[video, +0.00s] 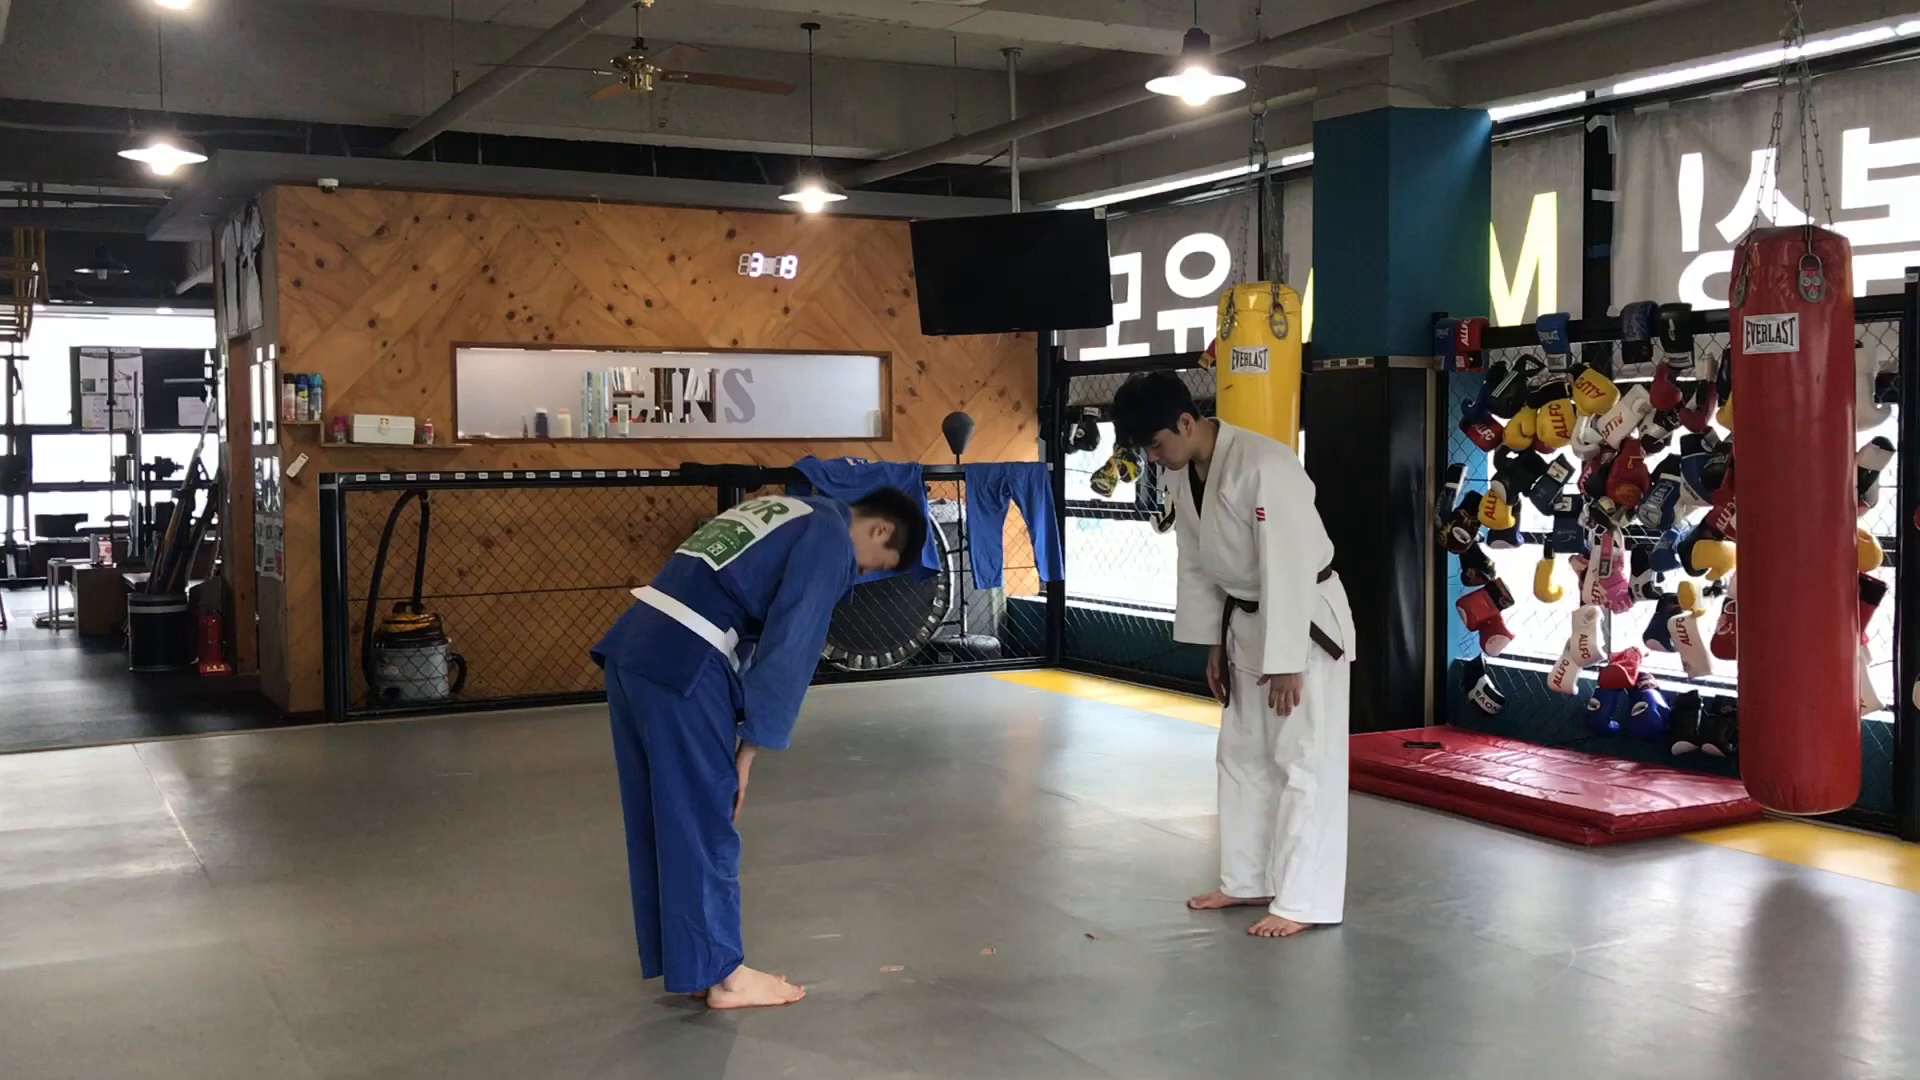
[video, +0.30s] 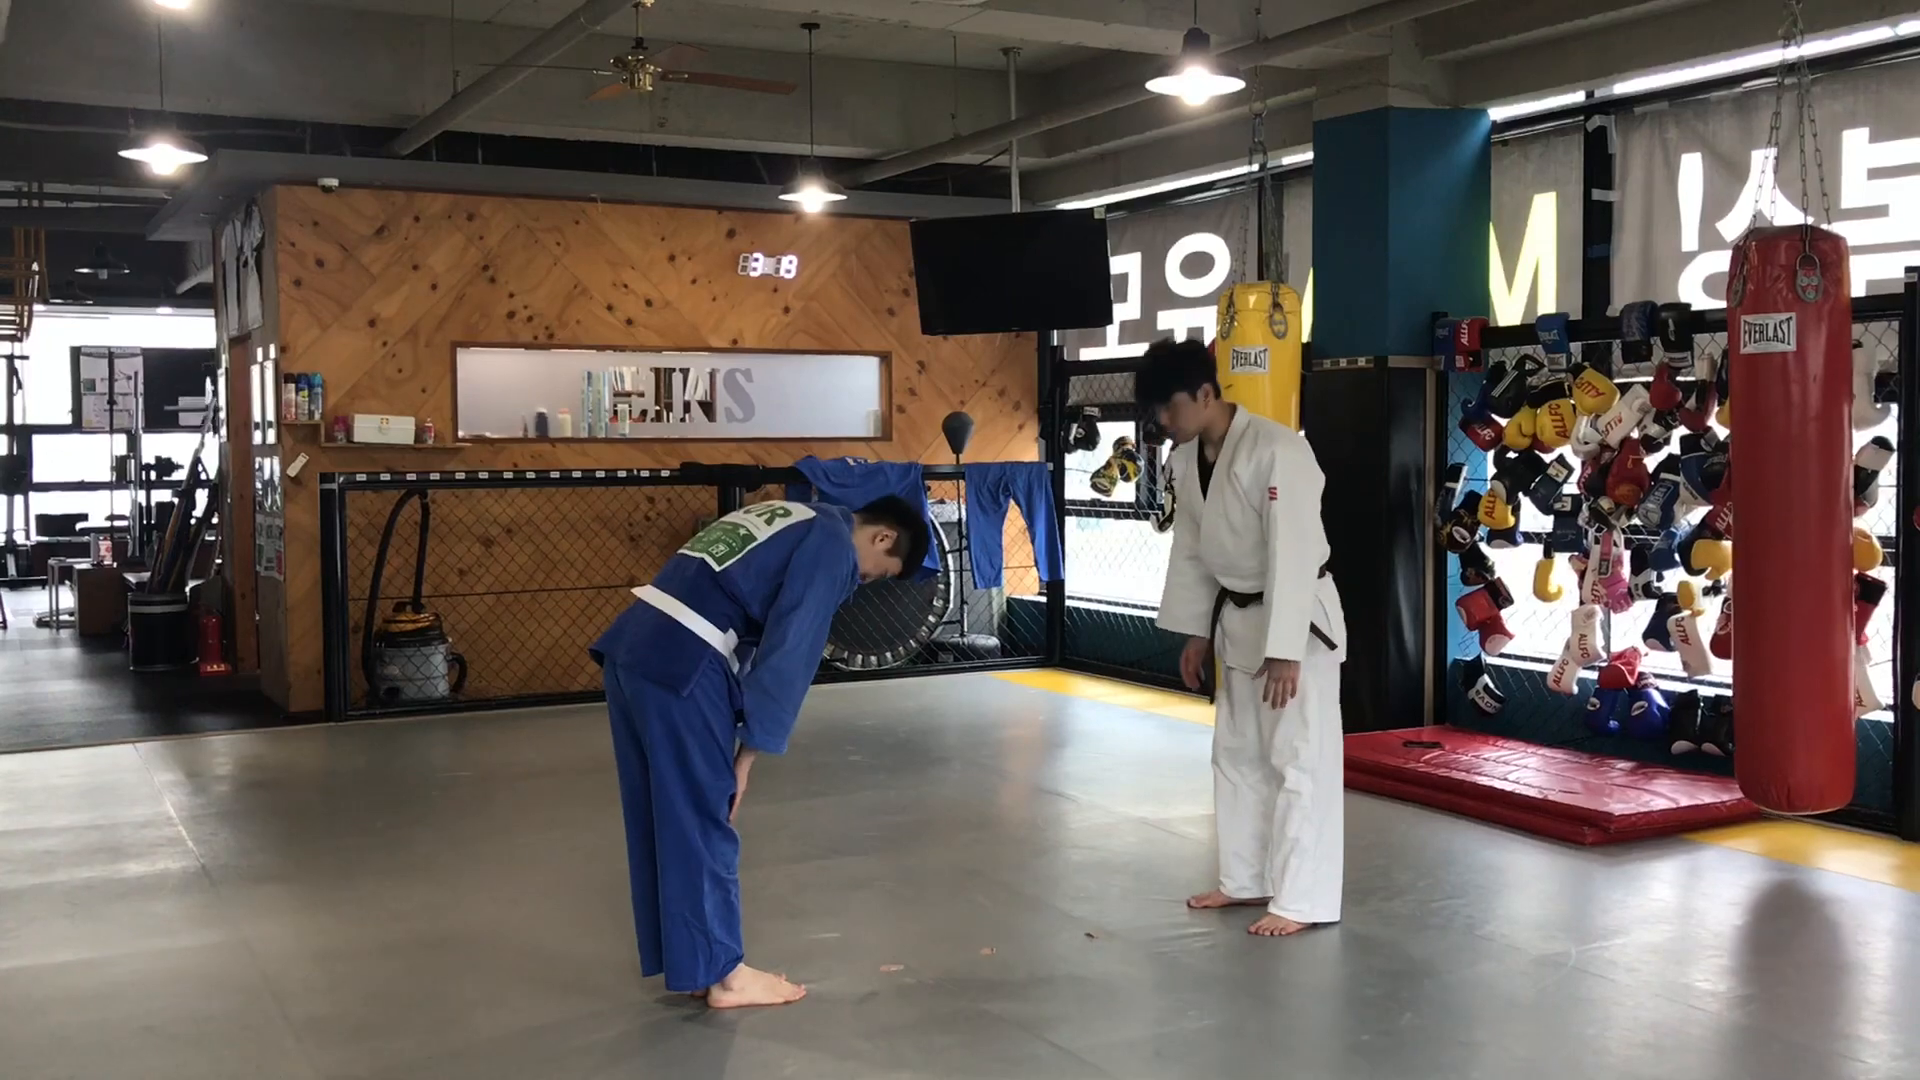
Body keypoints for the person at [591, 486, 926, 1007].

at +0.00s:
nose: (865, 573)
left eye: (879, 570)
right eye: (880, 562)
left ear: (868, 515)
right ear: (880, 528)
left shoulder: (779, 506)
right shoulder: (829, 536)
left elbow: (733, 617)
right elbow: (790, 641)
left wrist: (736, 723)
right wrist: (749, 747)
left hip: (630, 656)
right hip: (683, 671)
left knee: (658, 817)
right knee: (708, 822)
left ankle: (686, 965)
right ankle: (723, 972)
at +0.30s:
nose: (867, 580)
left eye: (881, 576)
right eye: (881, 570)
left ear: (873, 525)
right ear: (882, 536)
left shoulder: (783, 511)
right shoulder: (830, 542)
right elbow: (790, 646)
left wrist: (736, 728)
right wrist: (749, 751)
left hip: (631, 651)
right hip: (683, 665)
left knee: (660, 812)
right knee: (707, 818)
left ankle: (688, 964)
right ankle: (725, 971)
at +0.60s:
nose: (862, 484)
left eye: (870, 474)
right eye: (868, 471)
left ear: (829, 435)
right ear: (853, 446)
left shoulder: (753, 464)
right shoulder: (810, 489)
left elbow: (719, 571)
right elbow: (796, 602)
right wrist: (781, 705)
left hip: (654, 657)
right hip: (708, 667)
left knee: (669, 815)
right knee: (719, 821)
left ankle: (679, 962)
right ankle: (722, 973)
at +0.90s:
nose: (811, 390)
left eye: (812, 377)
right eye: (809, 377)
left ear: (752, 374)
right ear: (782, 374)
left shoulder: (710, 443)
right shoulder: (775, 456)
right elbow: (803, 570)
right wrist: (821, 657)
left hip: (699, 656)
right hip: (750, 664)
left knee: (710, 814)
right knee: (758, 821)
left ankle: (705, 966)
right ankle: (740, 977)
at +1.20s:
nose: (812, 381)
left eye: (809, 368)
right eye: (808, 368)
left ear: (750, 376)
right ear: (783, 373)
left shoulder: (719, 453)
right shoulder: (787, 460)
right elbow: (812, 574)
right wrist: (835, 667)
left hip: (722, 664)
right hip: (773, 671)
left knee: (747, 814)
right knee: (772, 823)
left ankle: (738, 953)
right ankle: (740, 980)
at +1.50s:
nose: (854, 385)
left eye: (852, 373)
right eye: (849, 374)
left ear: (796, 384)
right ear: (826, 381)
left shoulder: (770, 457)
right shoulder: (833, 467)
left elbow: (785, 558)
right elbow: (874, 572)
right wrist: (927, 645)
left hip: (778, 657)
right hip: (821, 665)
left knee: (842, 799)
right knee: (803, 813)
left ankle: (883, 928)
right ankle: (744, 975)